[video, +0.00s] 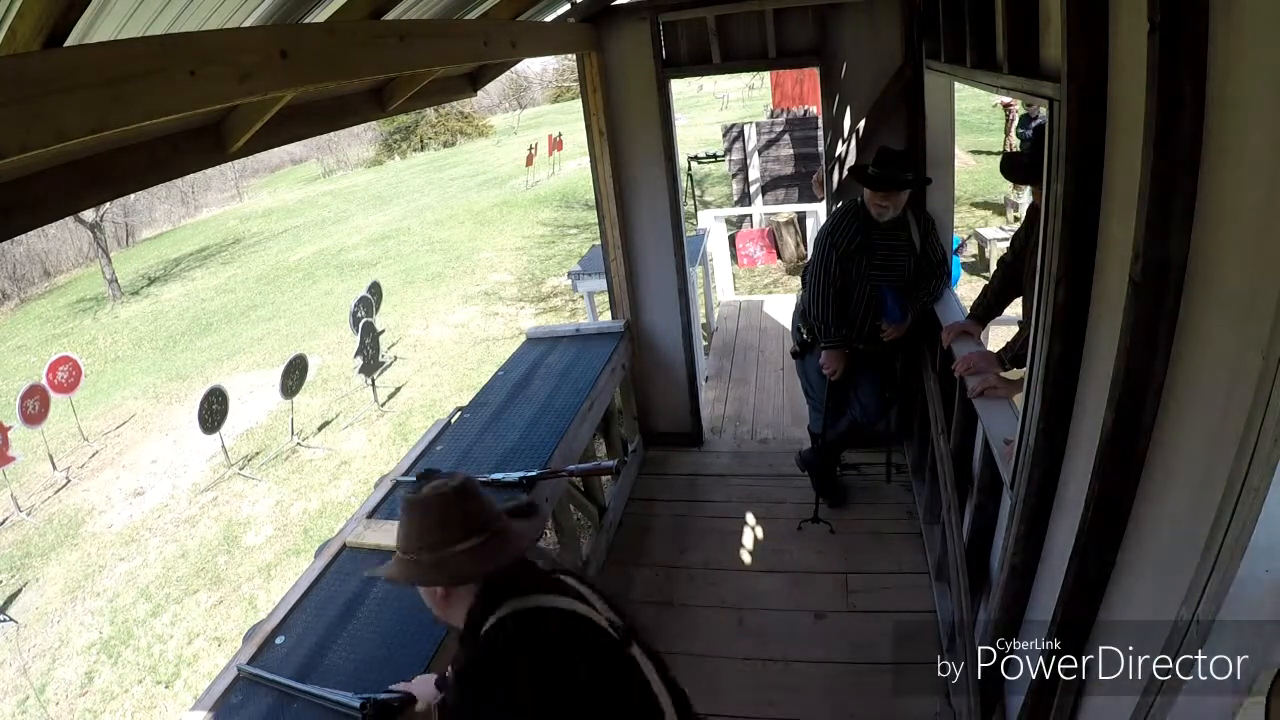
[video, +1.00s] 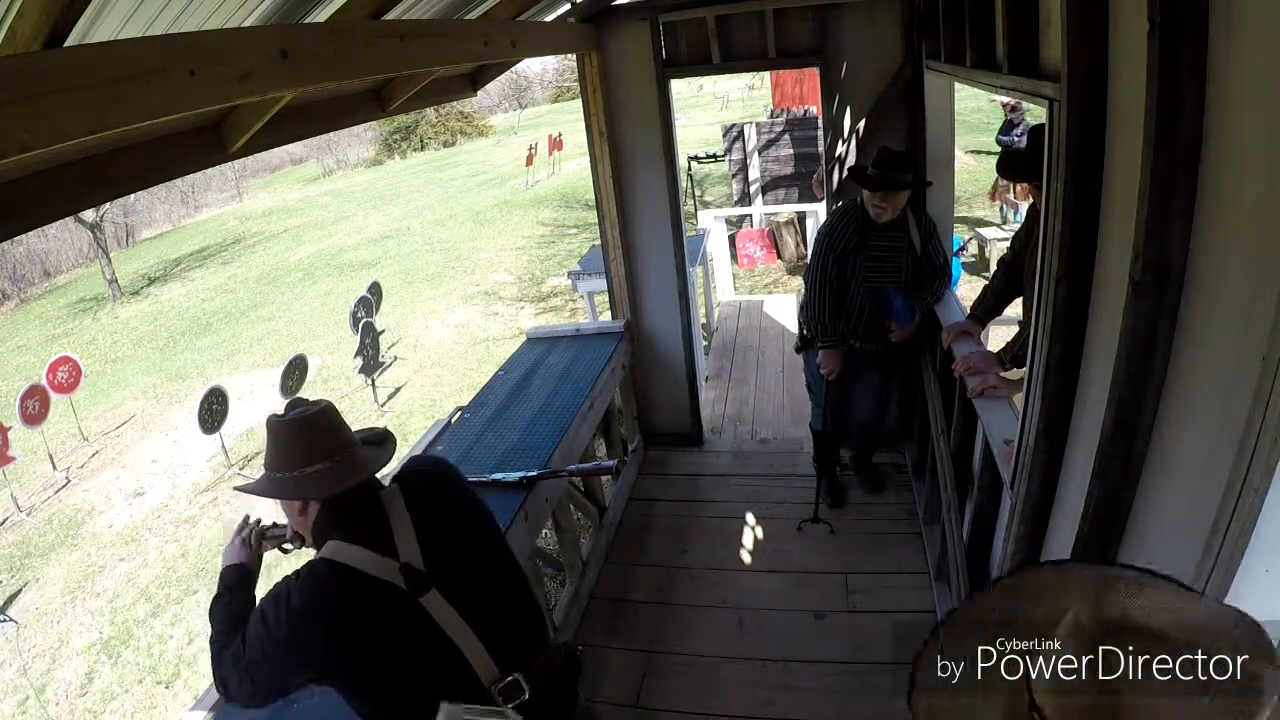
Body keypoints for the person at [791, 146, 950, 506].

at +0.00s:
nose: (882, 199)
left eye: (893, 192)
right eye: (875, 190)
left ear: (909, 193)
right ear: (864, 187)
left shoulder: (920, 225)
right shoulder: (843, 224)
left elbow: (937, 273)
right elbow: (820, 283)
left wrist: (909, 316)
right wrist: (831, 343)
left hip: (875, 335)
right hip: (824, 334)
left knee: (870, 409)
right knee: (827, 410)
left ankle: (817, 456)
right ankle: (826, 478)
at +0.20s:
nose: (880, 199)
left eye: (891, 192)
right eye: (874, 189)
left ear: (908, 193)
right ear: (864, 187)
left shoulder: (920, 225)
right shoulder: (843, 224)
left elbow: (937, 273)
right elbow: (820, 283)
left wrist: (909, 316)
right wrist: (831, 343)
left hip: (874, 335)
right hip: (824, 334)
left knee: (871, 408)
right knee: (827, 410)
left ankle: (818, 456)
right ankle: (826, 478)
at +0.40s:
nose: (881, 198)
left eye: (892, 190)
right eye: (874, 188)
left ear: (908, 192)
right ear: (863, 186)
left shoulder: (920, 225)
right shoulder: (843, 224)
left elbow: (937, 274)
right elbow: (820, 283)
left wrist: (908, 317)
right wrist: (831, 343)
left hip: (875, 336)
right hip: (824, 335)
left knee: (873, 409)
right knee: (826, 410)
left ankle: (820, 455)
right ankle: (828, 478)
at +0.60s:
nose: (879, 197)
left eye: (890, 190)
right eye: (873, 188)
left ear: (908, 192)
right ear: (862, 186)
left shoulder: (920, 226)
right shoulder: (842, 225)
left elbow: (937, 276)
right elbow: (820, 284)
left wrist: (909, 317)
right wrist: (830, 343)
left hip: (879, 338)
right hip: (827, 338)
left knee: (875, 408)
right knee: (830, 412)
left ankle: (858, 477)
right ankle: (830, 482)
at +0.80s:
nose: (879, 198)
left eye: (890, 190)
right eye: (873, 188)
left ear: (908, 193)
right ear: (863, 186)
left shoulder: (921, 227)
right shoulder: (841, 225)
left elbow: (938, 278)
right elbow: (820, 284)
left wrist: (912, 318)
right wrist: (830, 343)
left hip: (882, 337)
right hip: (830, 336)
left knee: (885, 403)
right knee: (830, 408)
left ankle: (866, 464)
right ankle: (828, 474)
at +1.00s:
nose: (880, 199)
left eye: (890, 191)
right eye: (873, 190)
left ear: (908, 193)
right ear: (862, 187)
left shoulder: (921, 227)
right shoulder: (841, 225)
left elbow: (939, 278)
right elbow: (819, 285)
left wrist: (915, 318)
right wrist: (828, 343)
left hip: (886, 341)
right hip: (834, 339)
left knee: (878, 406)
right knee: (829, 411)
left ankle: (864, 460)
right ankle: (827, 473)